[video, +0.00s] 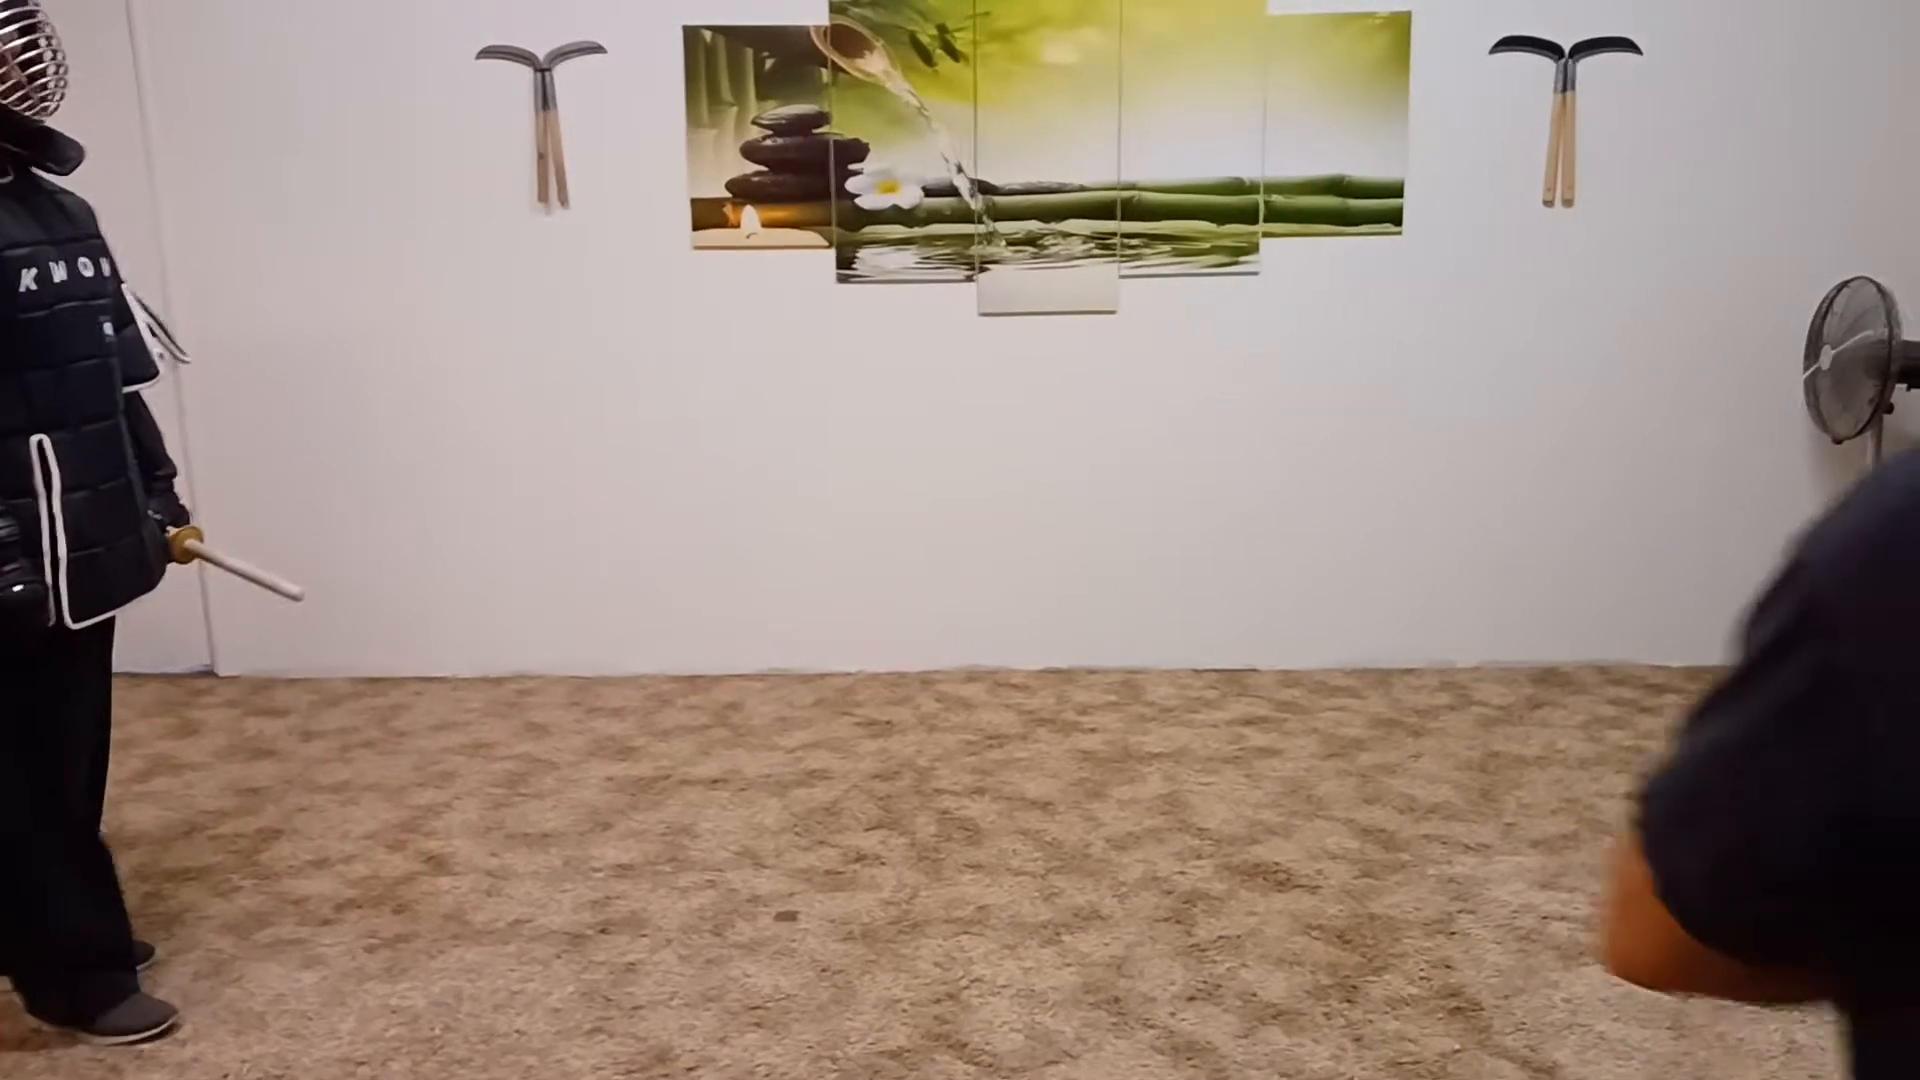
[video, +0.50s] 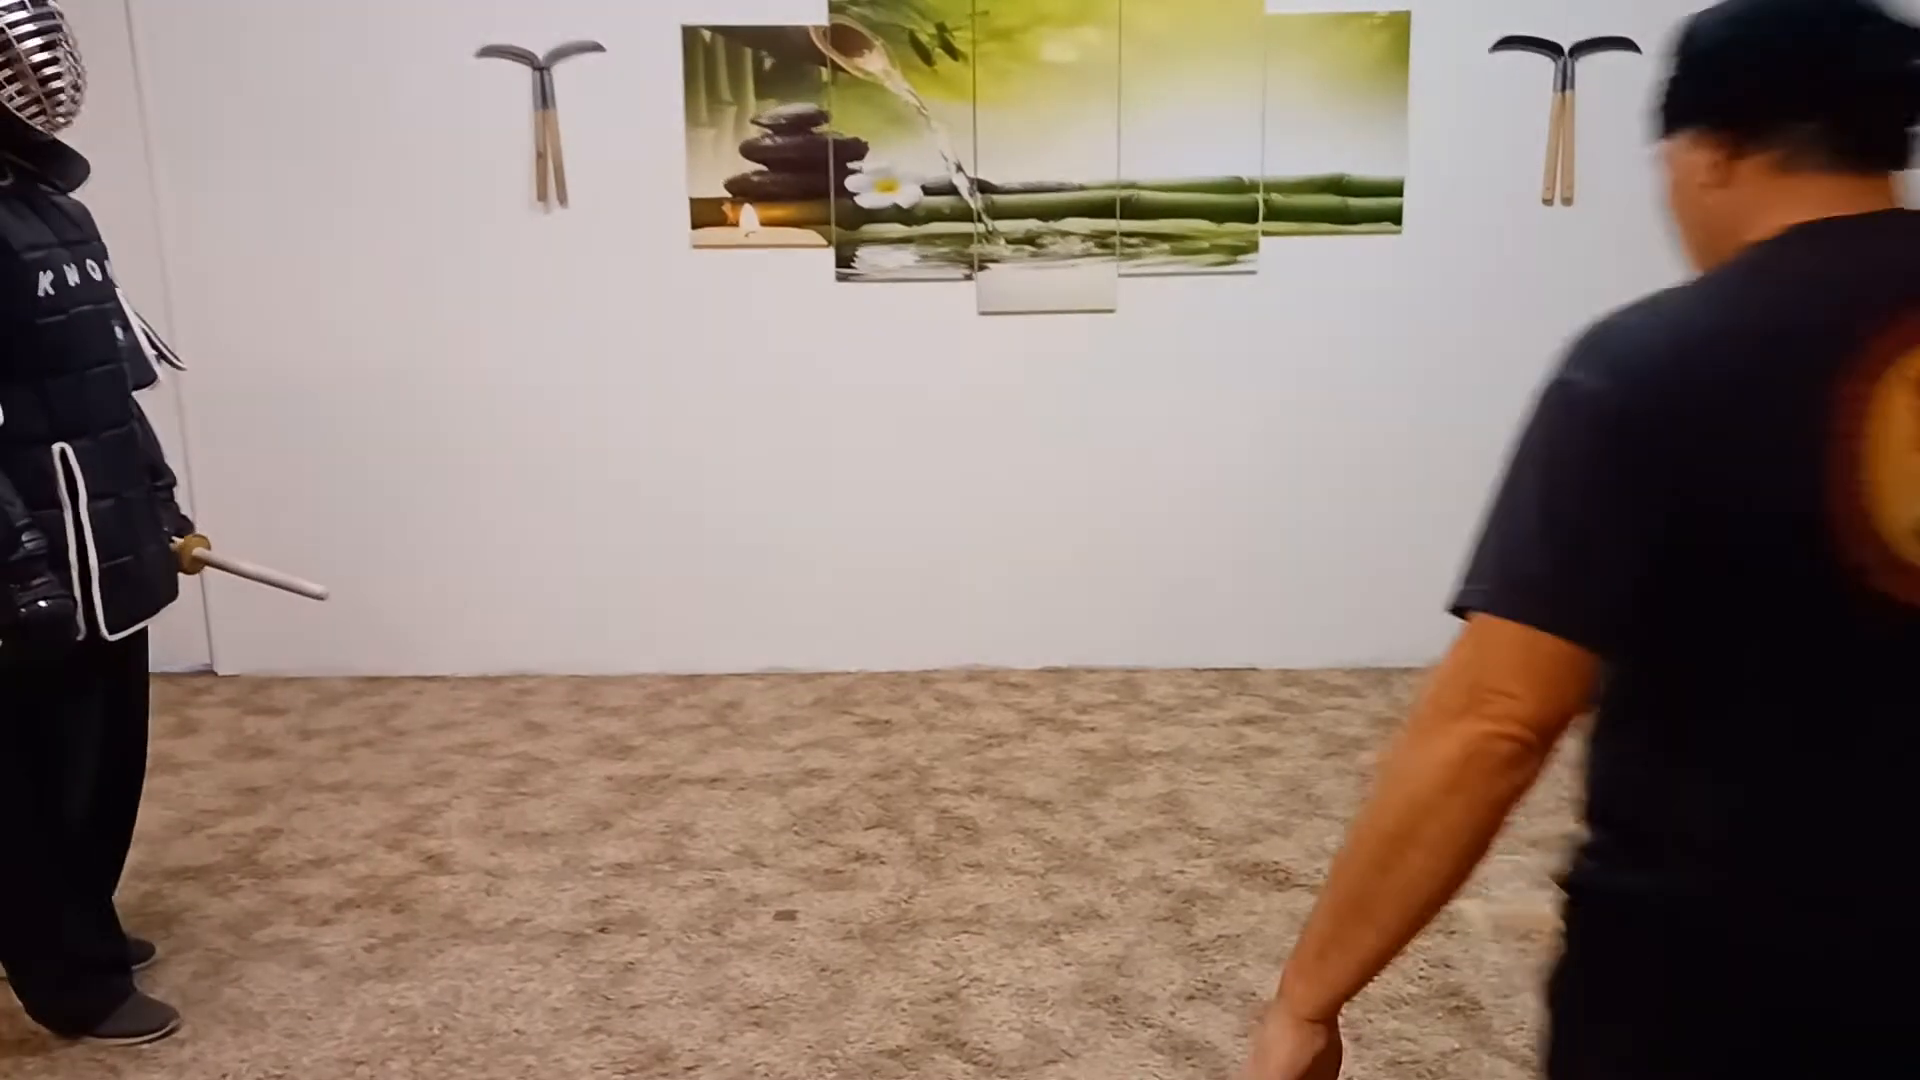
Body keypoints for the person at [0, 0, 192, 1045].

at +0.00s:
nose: (36, 67)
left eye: (38, 50)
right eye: (19, 52)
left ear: (43, 67)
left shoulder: (62, 205)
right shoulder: (9, 208)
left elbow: (111, 375)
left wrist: (159, 493)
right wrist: (13, 553)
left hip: (86, 543)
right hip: (18, 556)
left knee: (74, 761)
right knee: (32, 770)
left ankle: (96, 949)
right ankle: (64, 979)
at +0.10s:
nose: (37, 66)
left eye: (39, 48)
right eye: (19, 50)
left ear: (46, 65)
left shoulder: (60, 204)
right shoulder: (8, 209)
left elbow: (111, 376)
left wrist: (161, 497)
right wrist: (12, 558)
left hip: (91, 539)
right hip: (23, 555)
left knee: (80, 756)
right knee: (36, 765)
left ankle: (91, 947)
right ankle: (60, 979)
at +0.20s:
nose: (42, 65)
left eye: (45, 47)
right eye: (22, 50)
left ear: (51, 65)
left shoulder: (59, 200)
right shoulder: (5, 204)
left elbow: (108, 373)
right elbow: (12, 400)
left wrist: (162, 497)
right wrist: (10, 552)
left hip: (96, 537)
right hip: (25, 553)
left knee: (84, 756)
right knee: (37, 765)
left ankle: (93, 948)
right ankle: (61, 982)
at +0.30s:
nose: (43, 67)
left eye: (49, 50)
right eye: (23, 51)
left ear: (57, 67)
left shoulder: (63, 200)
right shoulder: (3, 207)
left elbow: (113, 377)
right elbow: (11, 400)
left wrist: (168, 499)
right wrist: (14, 554)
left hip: (102, 545)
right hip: (27, 559)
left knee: (94, 757)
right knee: (39, 768)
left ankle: (95, 946)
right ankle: (64, 983)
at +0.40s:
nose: (55, 72)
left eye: (56, 54)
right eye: (33, 57)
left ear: (56, 70)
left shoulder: (62, 203)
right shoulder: (4, 212)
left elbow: (109, 380)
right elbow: (5, 409)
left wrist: (166, 500)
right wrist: (20, 561)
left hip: (105, 550)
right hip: (32, 566)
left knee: (100, 756)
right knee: (44, 769)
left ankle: (92, 941)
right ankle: (66, 983)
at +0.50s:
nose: (54, 76)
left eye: (56, 58)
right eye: (31, 61)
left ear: (60, 70)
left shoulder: (61, 206)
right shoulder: (9, 213)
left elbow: (100, 387)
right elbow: (15, 411)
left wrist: (161, 507)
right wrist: (22, 562)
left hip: (109, 545)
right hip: (37, 559)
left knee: (106, 754)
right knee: (47, 768)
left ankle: (89, 939)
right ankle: (62, 985)